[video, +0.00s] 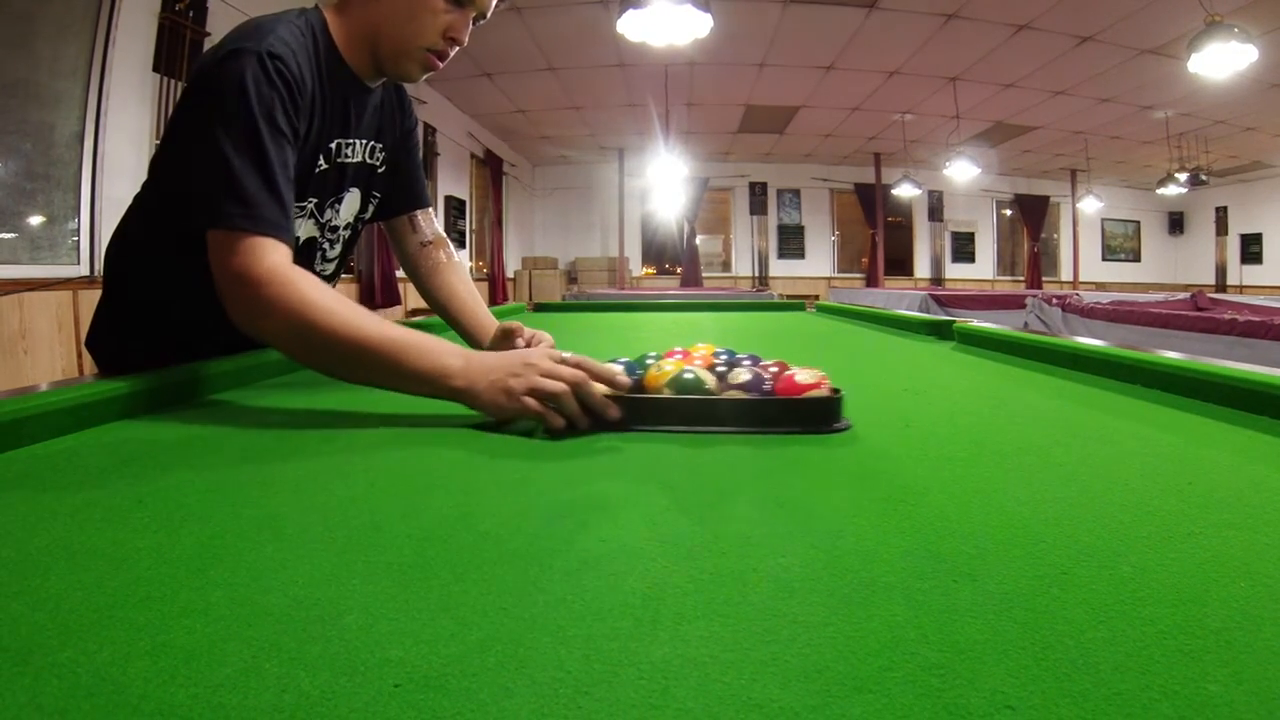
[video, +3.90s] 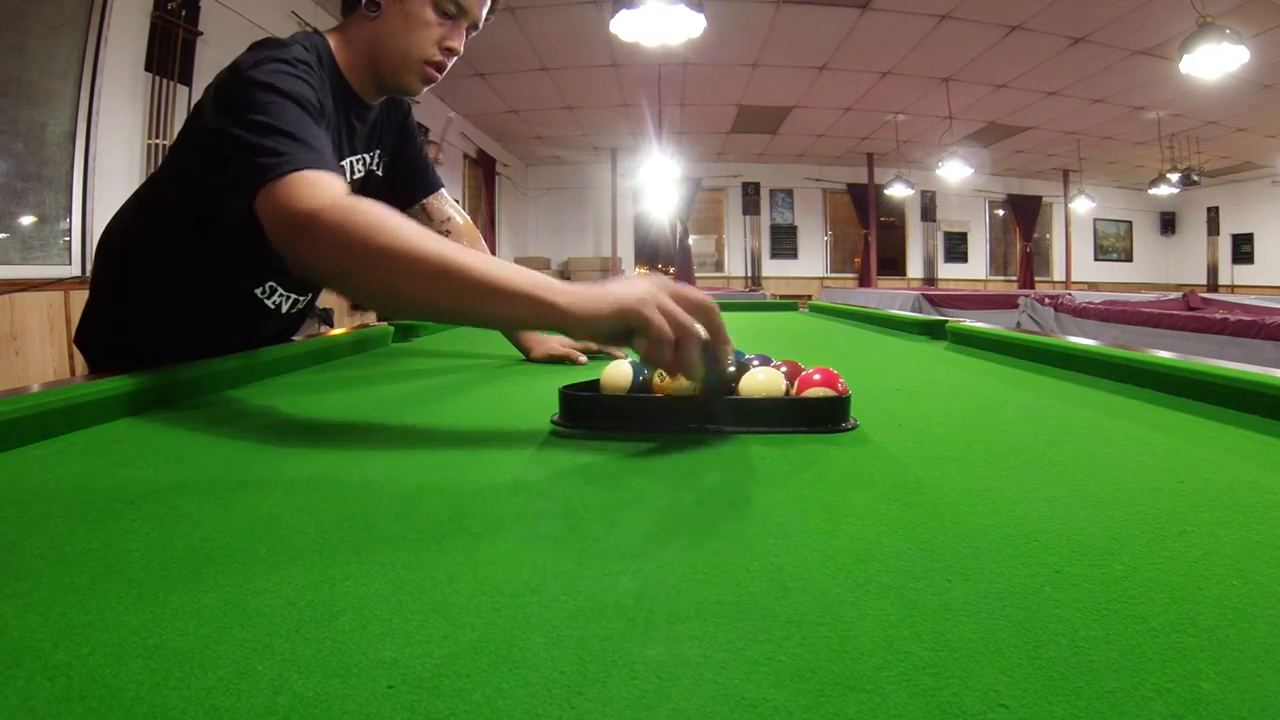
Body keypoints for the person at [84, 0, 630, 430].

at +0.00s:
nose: (463, 37)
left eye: (475, 22)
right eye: (457, 6)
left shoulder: (390, 101)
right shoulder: (262, 62)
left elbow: (424, 241)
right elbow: (256, 282)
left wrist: (490, 333)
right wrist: (472, 374)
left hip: (269, 357)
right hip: (159, 363)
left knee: (247, 556)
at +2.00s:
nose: (444, 29)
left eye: (454, 13)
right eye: (431, 1)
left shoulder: (385, 101)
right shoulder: (256, 69)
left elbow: (444, 225)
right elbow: (278, 266)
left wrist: (527, 334)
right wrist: (468, 384)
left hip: (271, 342)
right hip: (158, 347)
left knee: (252, 531)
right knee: (147, 541)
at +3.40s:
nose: (450, 35)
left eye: (458, 21)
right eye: (438, 6)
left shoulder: (386, 110)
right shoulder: (259, 81)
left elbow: (447, 225)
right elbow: (283, 266)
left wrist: (517, 329)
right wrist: (496, 347)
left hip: (258, 333)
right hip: (150, 334)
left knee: (243, 513)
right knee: (141, 522)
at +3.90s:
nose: (457, 48)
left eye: (467, 33)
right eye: (446, 17)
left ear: (449, 41)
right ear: (376, 1)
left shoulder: (387, 112)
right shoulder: (280, 76)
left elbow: (449, 227)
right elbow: (312, 232)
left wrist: (523, 330)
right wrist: (569, 301)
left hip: (255, 337)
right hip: (149, 338)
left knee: (238, 524)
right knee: (133, 534)